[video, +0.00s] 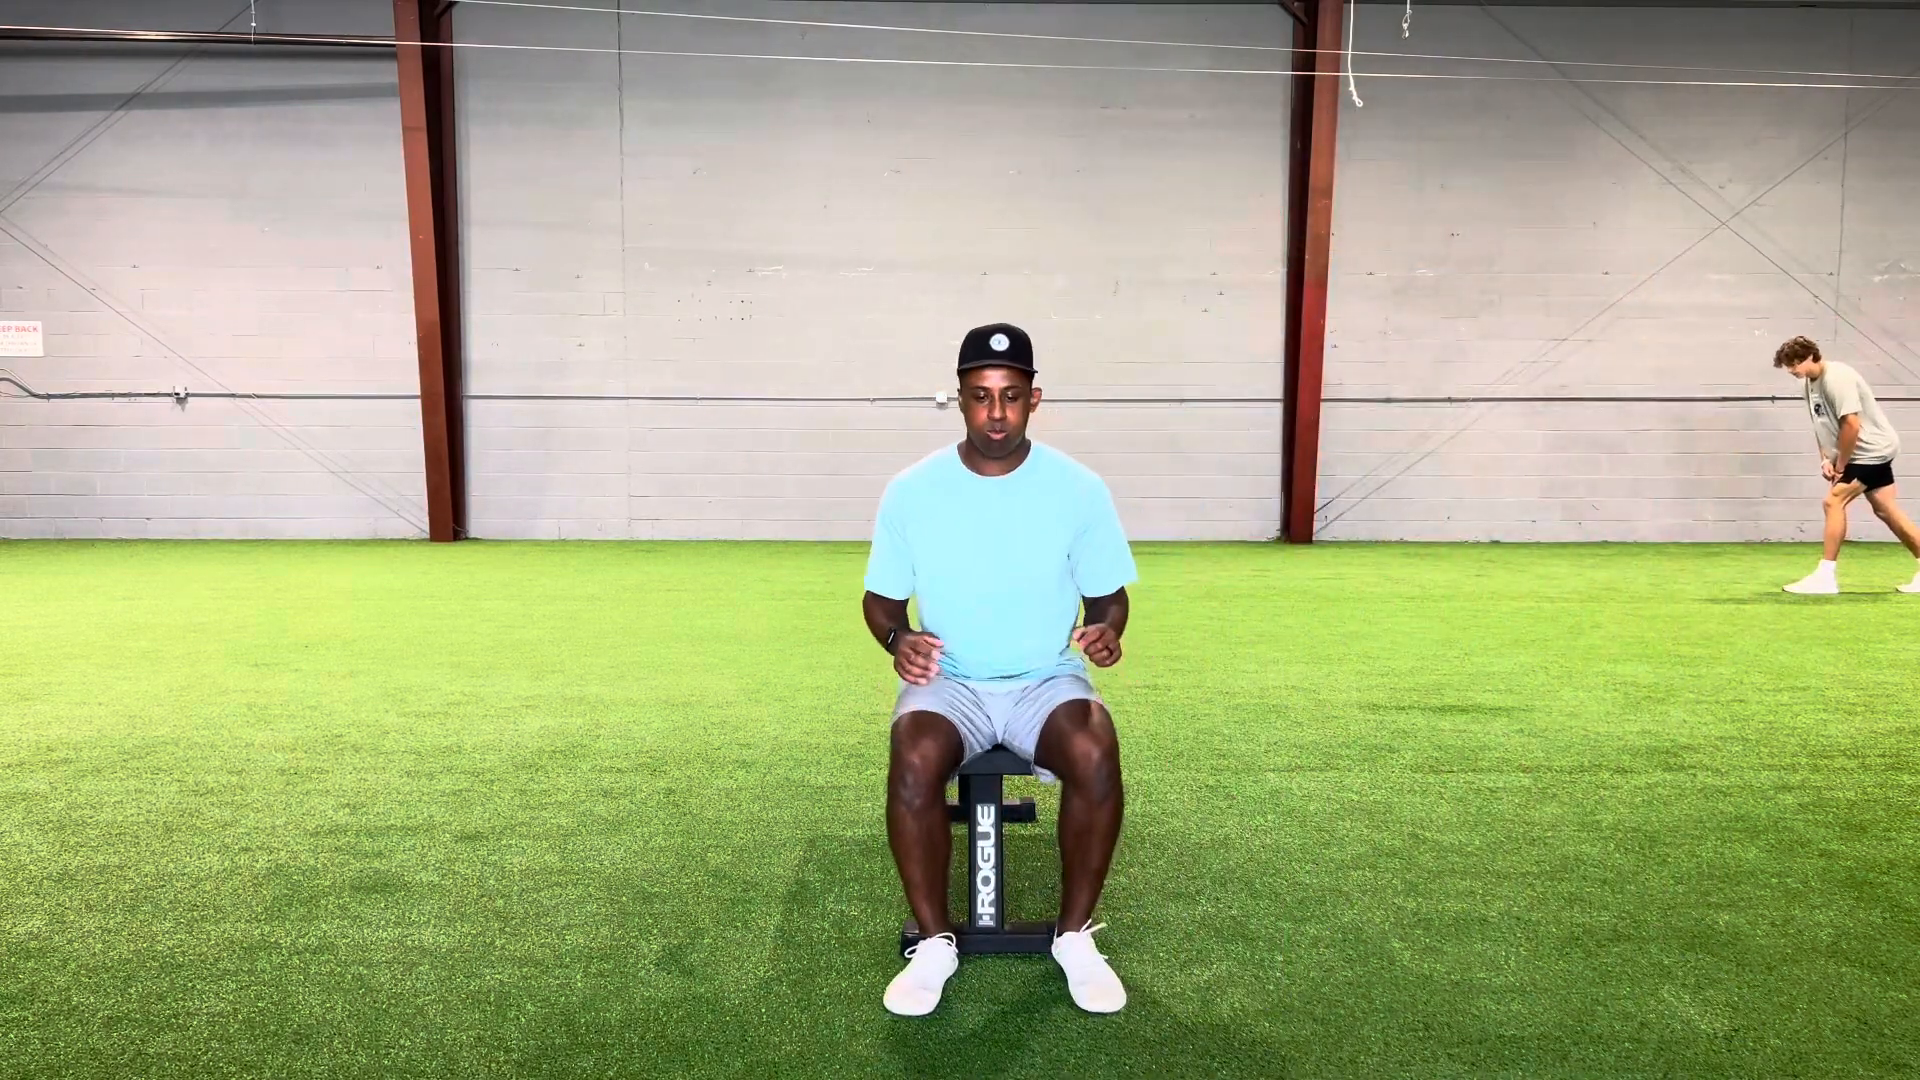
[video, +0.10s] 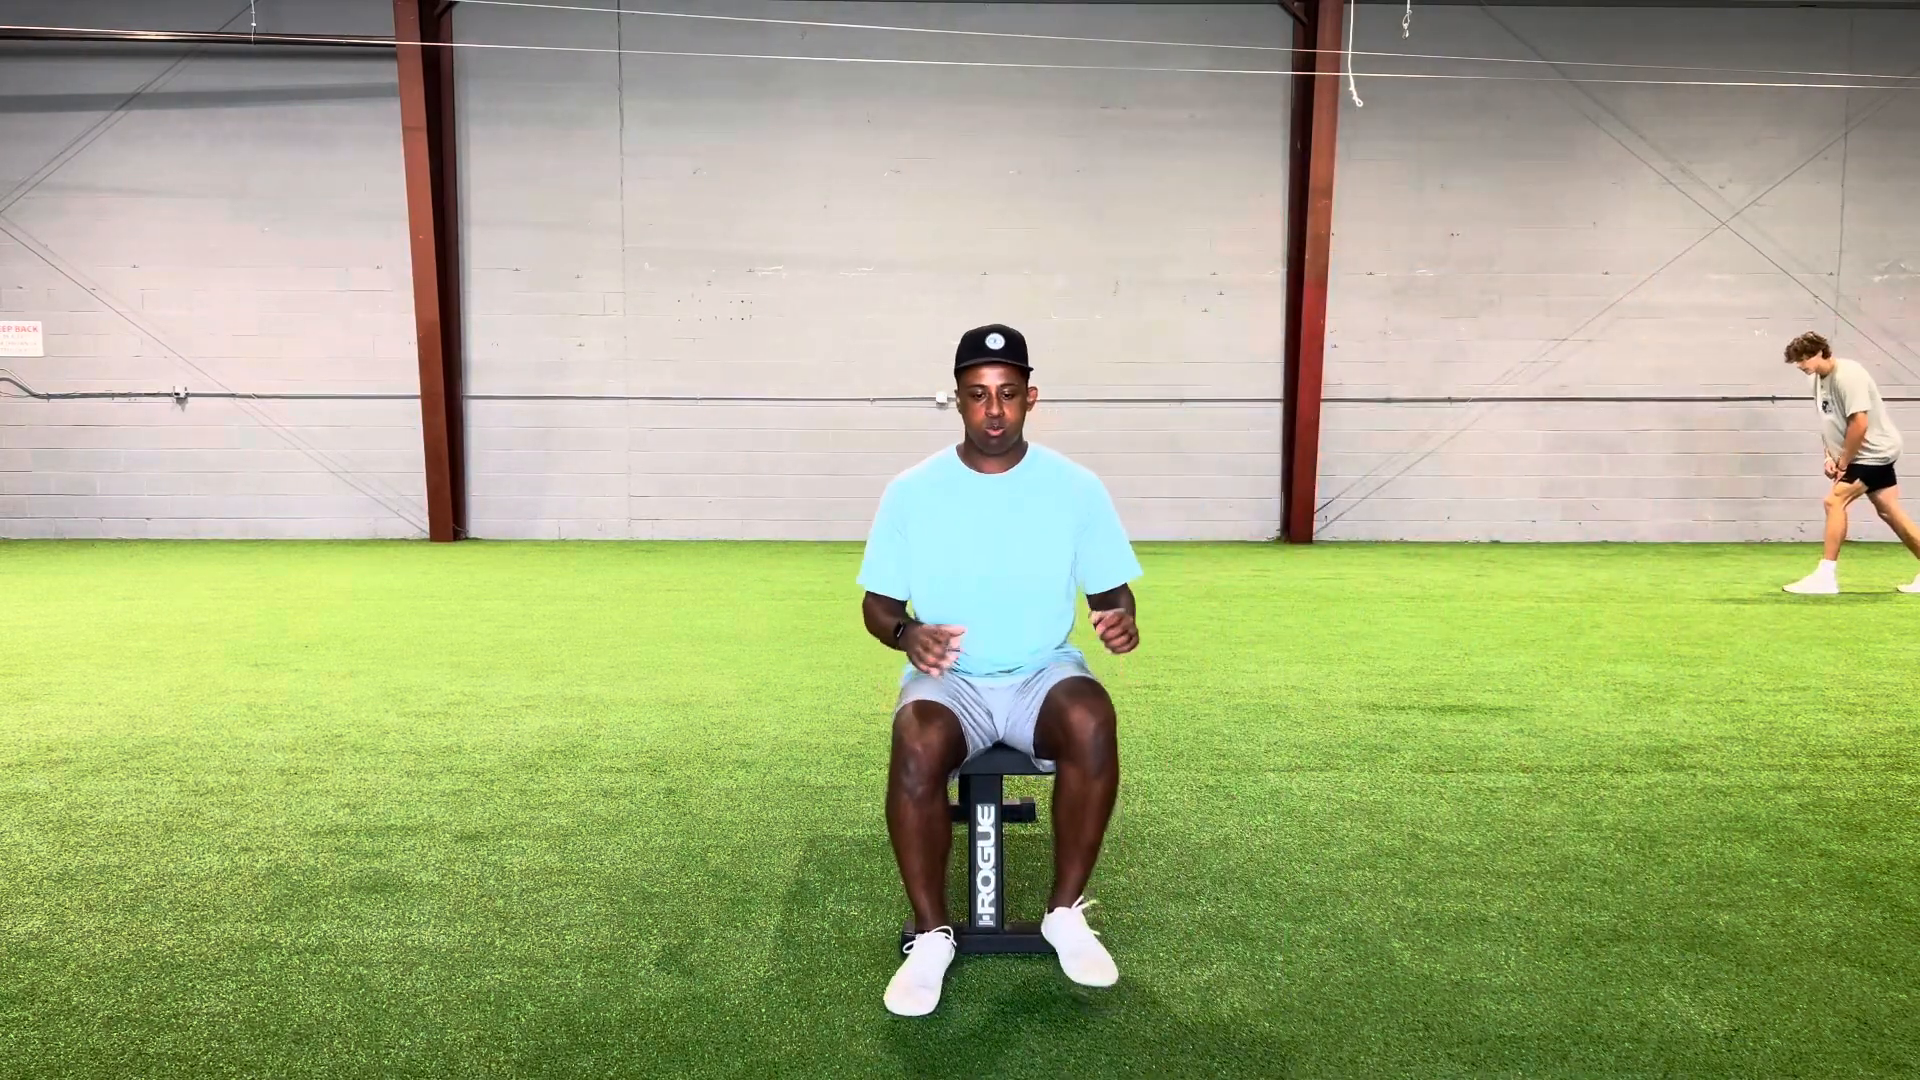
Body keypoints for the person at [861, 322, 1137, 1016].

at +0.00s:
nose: (996, 412)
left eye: (1012, 396)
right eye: (981, 397)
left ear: (1033, 401)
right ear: (960, 402)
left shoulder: (1078, 490)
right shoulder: (911, 493)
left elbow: (1108, 590)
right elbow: (880, 599)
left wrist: (1106, 629)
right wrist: (897, 639)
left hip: (1047, 682)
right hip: (946, 684)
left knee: (1094, 751)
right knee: (913, 760)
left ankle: (1074, 935)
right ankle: (934, 940)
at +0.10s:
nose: (994, 408)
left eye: (1007, 393)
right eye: (978, 394)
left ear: (1029, 398)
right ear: (957, 402)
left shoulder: (1076, 490)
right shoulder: (912, 493)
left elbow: (1110, 590)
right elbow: (877, 606)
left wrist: (1119, 619)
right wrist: (906, 633)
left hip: (1044, 672)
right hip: (946, 679)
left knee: (1092, 721)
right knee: (916, 745)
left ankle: (1066, 910)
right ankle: (932, 931)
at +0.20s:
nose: (993, 406)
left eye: (1006, 391)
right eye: (977, 392)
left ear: (1027, 397)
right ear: (957, 402)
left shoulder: (1075, 488)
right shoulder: (913, 492)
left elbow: (1118, 600)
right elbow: (880, 612)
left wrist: (1131, 594)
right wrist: (922, 616)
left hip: (1043, 667)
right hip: (949, 673)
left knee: (1091, 689)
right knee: (914, 726)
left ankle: (1052, 884)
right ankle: (931, 919)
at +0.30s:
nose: (992, 408)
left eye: (1005, 392)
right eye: (976, 394)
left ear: (1026, 398)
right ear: (955, 403)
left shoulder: (1073, 483)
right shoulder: (912, 493)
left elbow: (1115, 602)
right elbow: (885, 615)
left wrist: (1122, 586)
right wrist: (930, 606)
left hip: (1046, 669)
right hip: (951, 675)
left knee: (1089, 682)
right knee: (912, 713)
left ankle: (1044, 876)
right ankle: (933, 907)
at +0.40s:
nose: (993, 410)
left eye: (1006, 394)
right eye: (976, 396)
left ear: (1026, 401)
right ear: (955, 405)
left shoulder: (1073, 483)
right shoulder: (912, 495)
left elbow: (1109, 593)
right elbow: (884, 610)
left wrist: (1083, 607)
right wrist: (909, 632)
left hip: (1043, 674)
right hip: (949, 677)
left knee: (1089, 692)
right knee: (921, 721)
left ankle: (1042, 887)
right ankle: (932, 911)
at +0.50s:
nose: (998, 426)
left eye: (1012, 408)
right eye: (982, 409)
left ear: (1033, 410)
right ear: (959, 412)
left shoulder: (1074, 492)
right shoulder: (909, 497)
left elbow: (1084, 614)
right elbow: (848, 596)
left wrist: (1009, 639)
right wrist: (844, 656)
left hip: (1042, 673)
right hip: (946, 675)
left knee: (1095, 707)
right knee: (935, 741)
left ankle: (1050, 896)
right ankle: (935, 926)